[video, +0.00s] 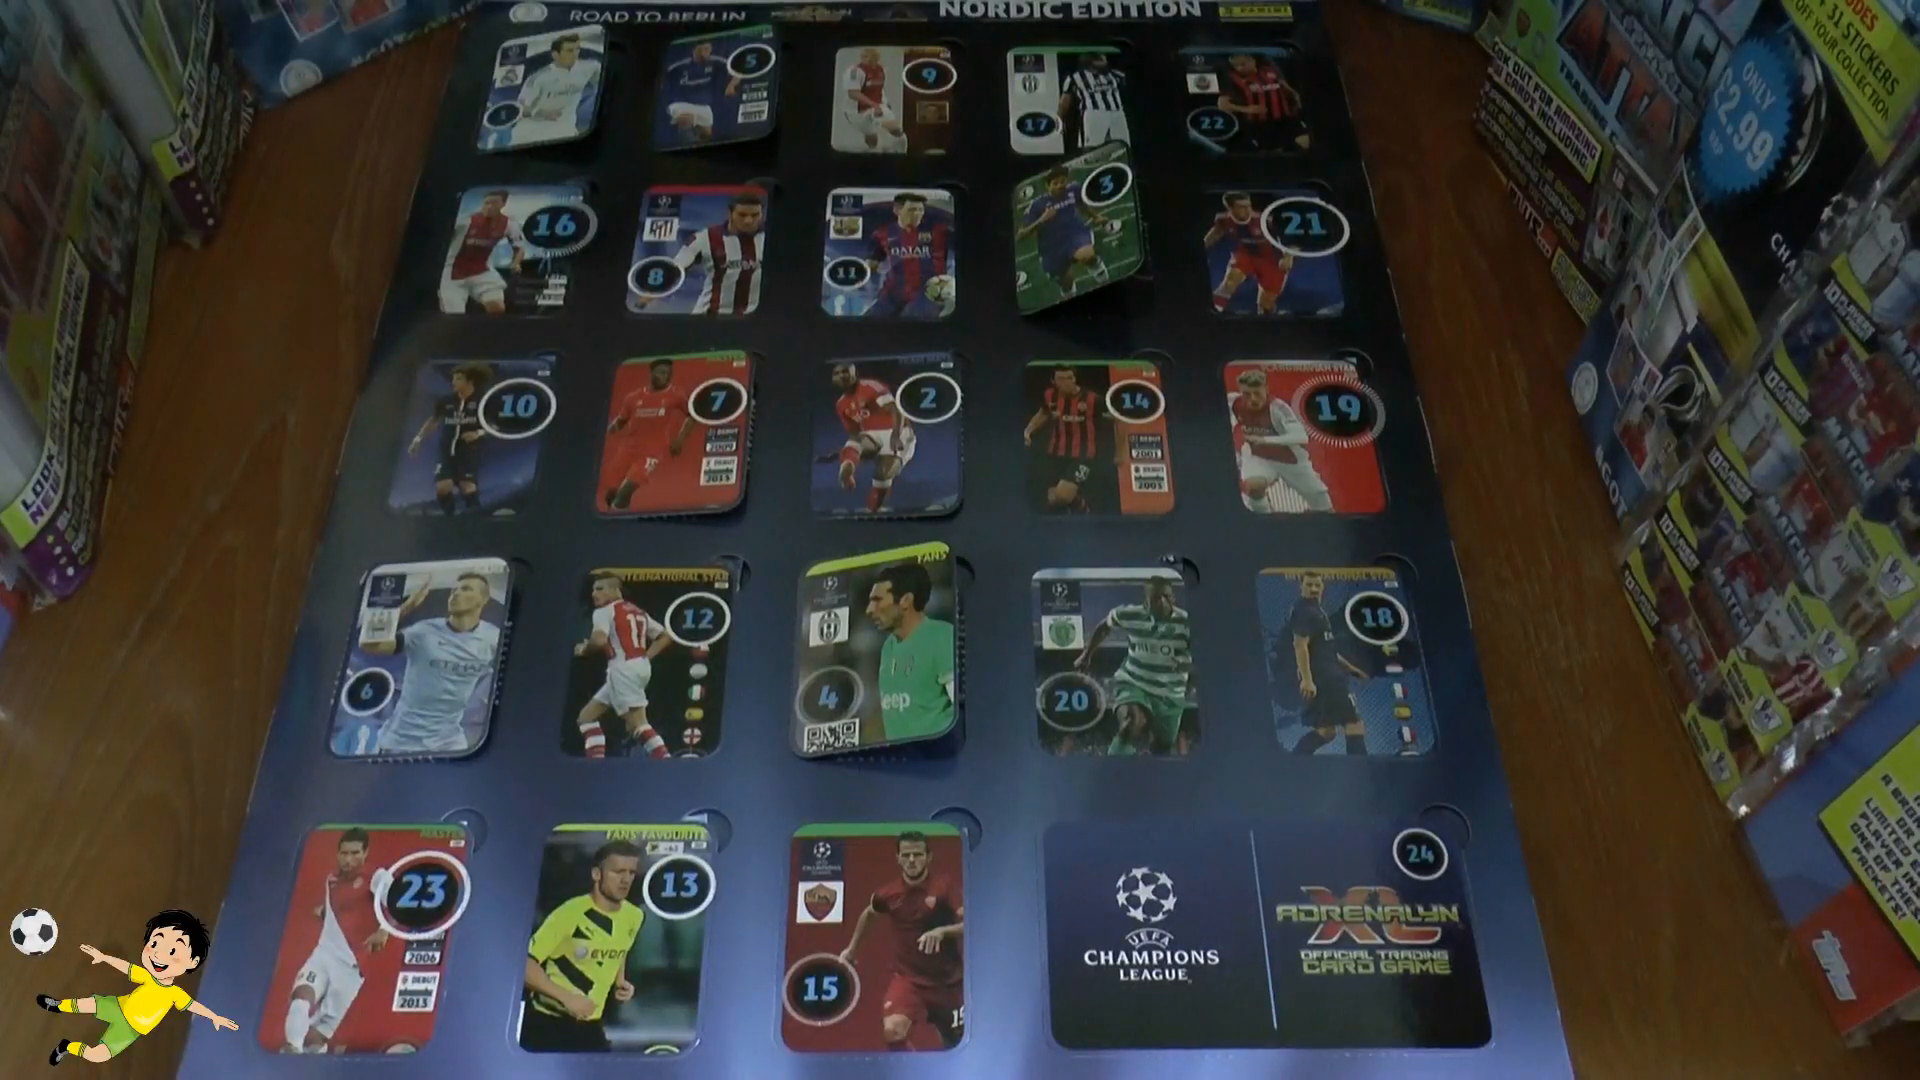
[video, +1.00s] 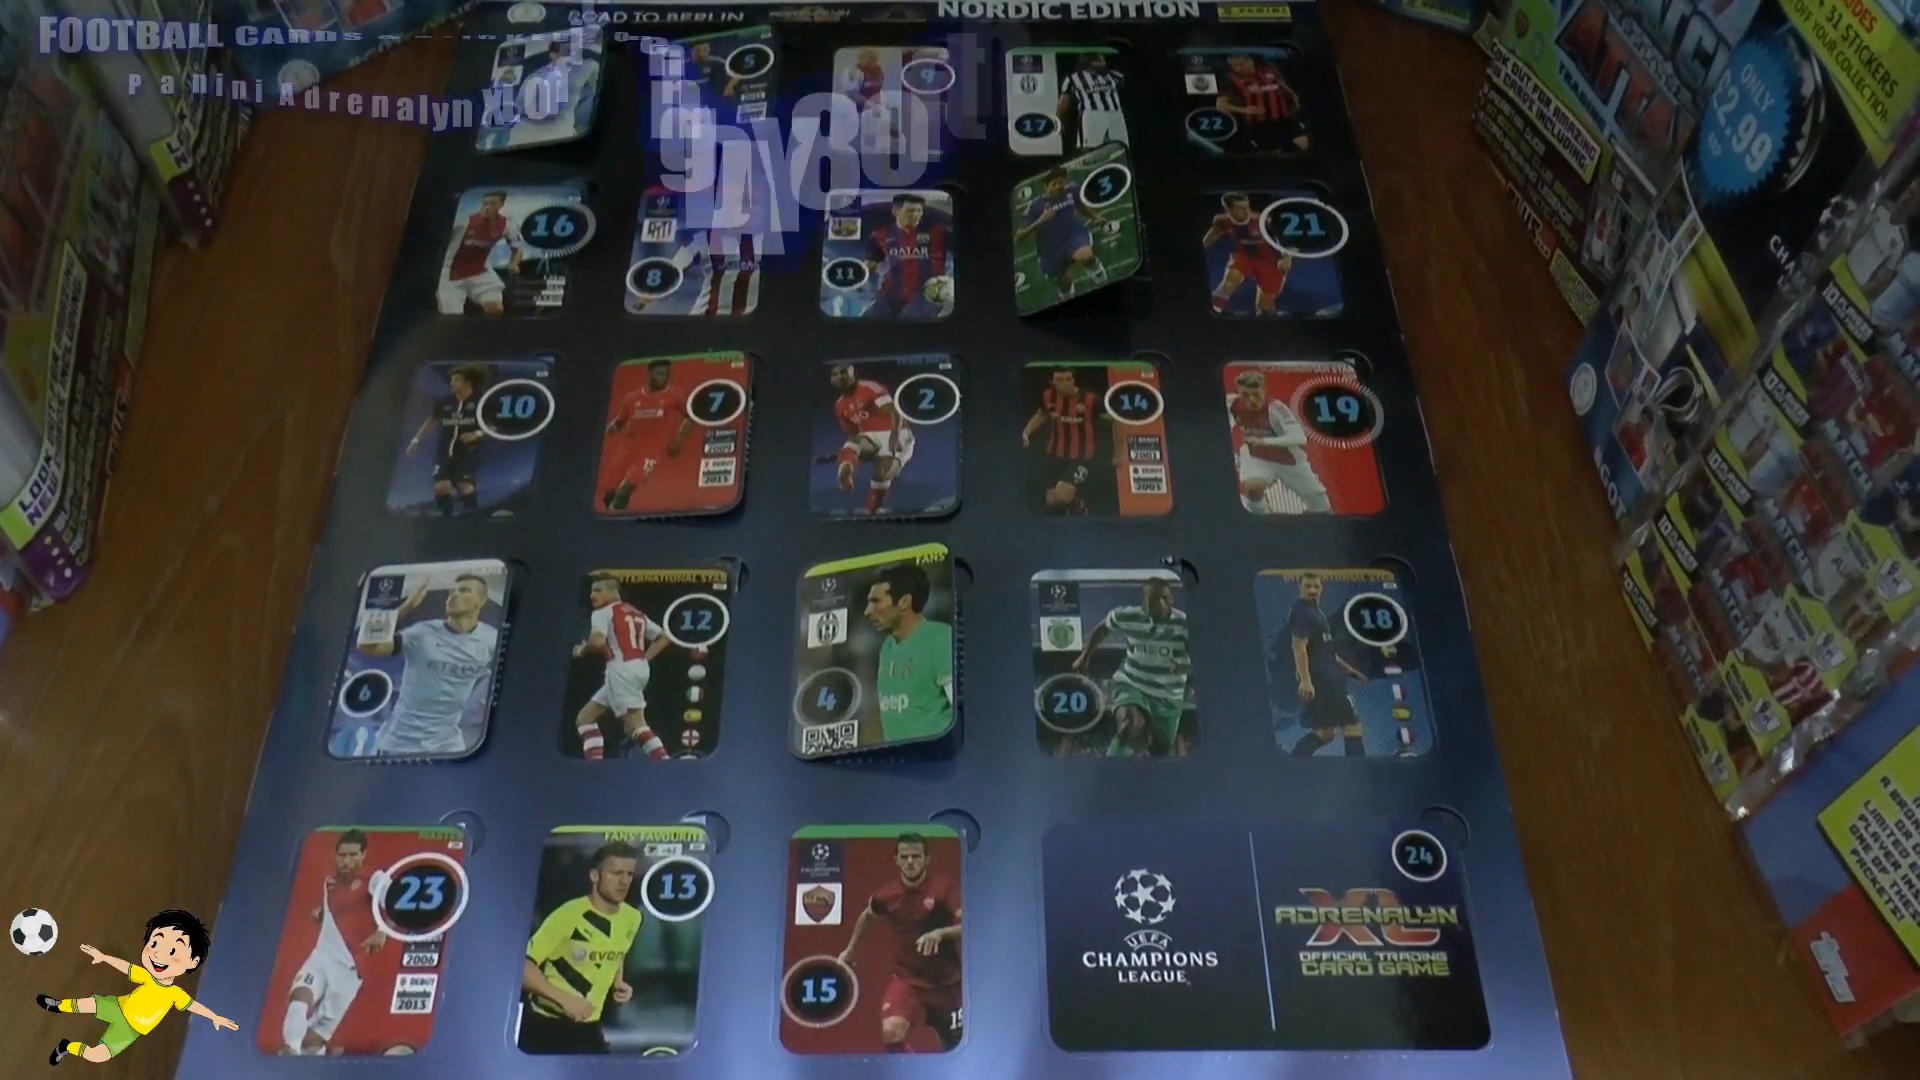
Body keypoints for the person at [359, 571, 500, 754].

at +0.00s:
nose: (455, 593)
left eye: (466, 589)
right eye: (454, 589)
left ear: (484, 600)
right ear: (449, 596)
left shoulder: (494, 640)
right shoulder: (423, 631)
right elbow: (370, 645)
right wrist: (401, 611)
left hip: (448, 740)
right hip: (400, 738)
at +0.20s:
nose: (455, 594)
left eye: (466, 589)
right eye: (454, 590)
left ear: (484, 600)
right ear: (449, 597)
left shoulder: (494, 640)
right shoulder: (423, 632)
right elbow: (370, 645)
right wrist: (401, 612)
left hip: (449, 741)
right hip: (400, 739)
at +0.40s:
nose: (456, 596)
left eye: (466, 591)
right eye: (454, 591)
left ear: (484, 602)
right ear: (450, 599)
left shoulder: (494, 642)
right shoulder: (424, 634)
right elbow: (370, 647)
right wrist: (404, 611)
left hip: (449, 743)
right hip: (401, 741)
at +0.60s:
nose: (455, 598)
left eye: (465, 593)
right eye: (454, 593)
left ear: (483, 604)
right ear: (449, 600)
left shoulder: (493, 644)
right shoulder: (423, 636)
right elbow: (369, 649)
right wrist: (406, 612)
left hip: (449, 745)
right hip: (400, 743)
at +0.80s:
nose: (453, 595)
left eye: (464, 591)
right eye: (452, 591)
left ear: (482, 601)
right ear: (447, 598)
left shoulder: (492, 642)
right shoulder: (422, 633)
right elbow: (368, 646)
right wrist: (401, 611)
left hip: (447, 743)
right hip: (399, 740)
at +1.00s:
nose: (453, 595)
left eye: (463, 590)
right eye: (452, 590)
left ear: (481, 601)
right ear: (447, 597)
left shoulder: (492, 641)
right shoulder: (422, 633)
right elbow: (368, 646)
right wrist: (401, 611)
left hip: (446, 742)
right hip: (398, 740)